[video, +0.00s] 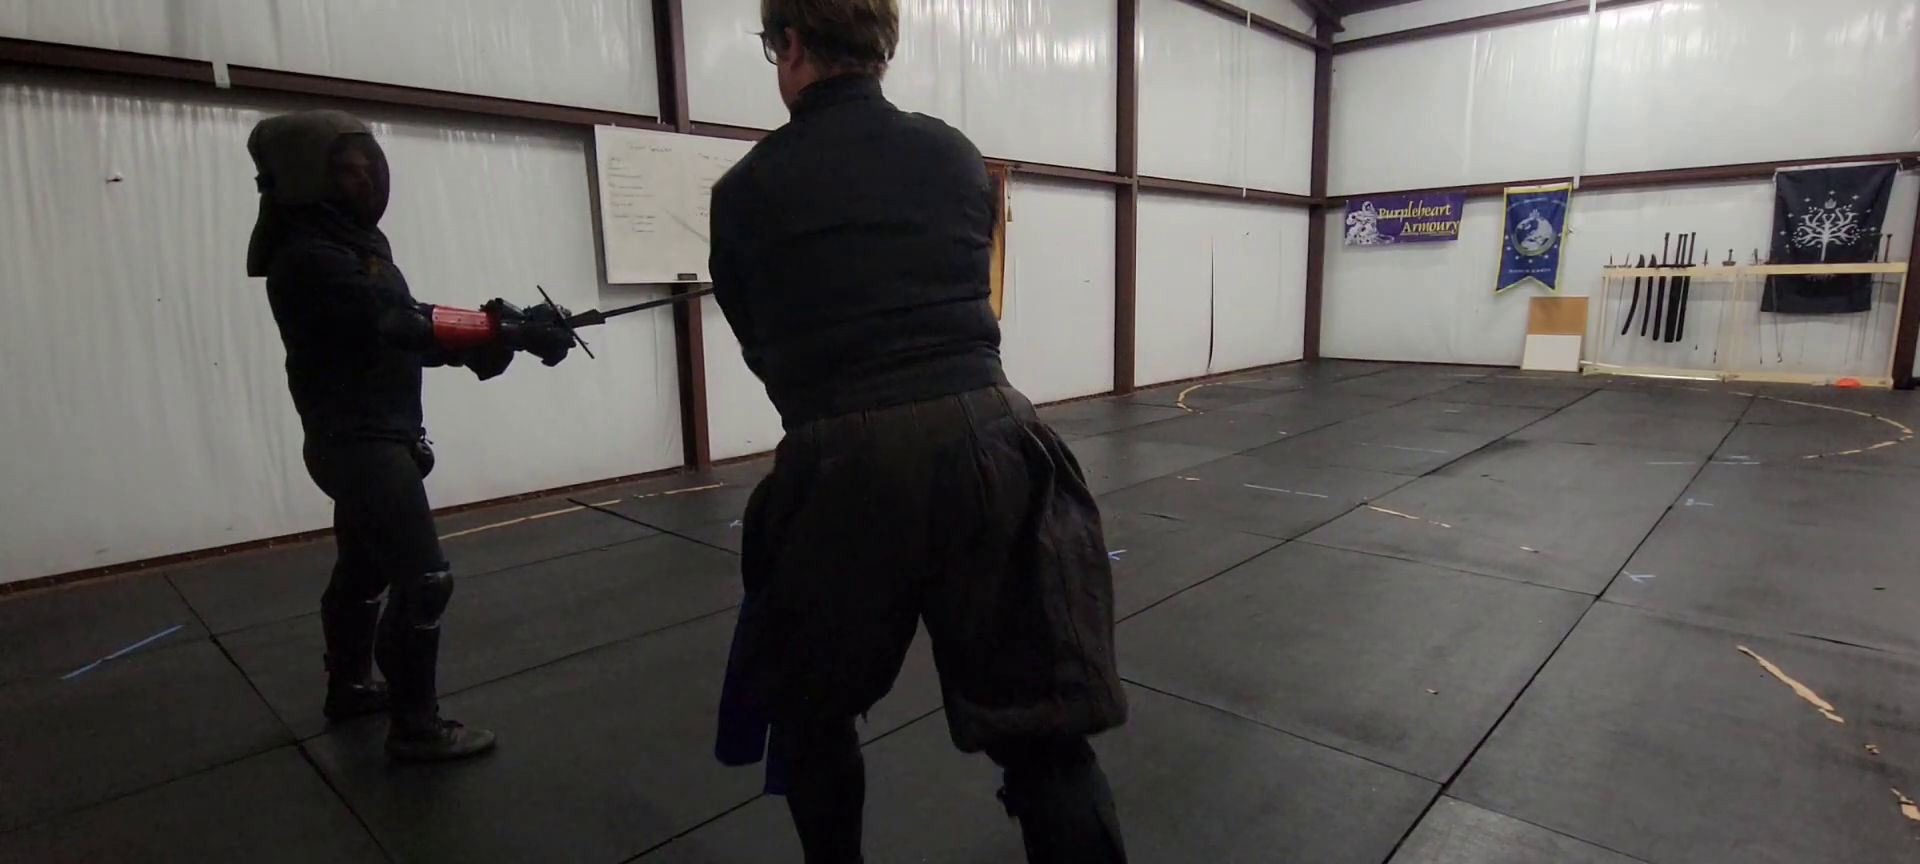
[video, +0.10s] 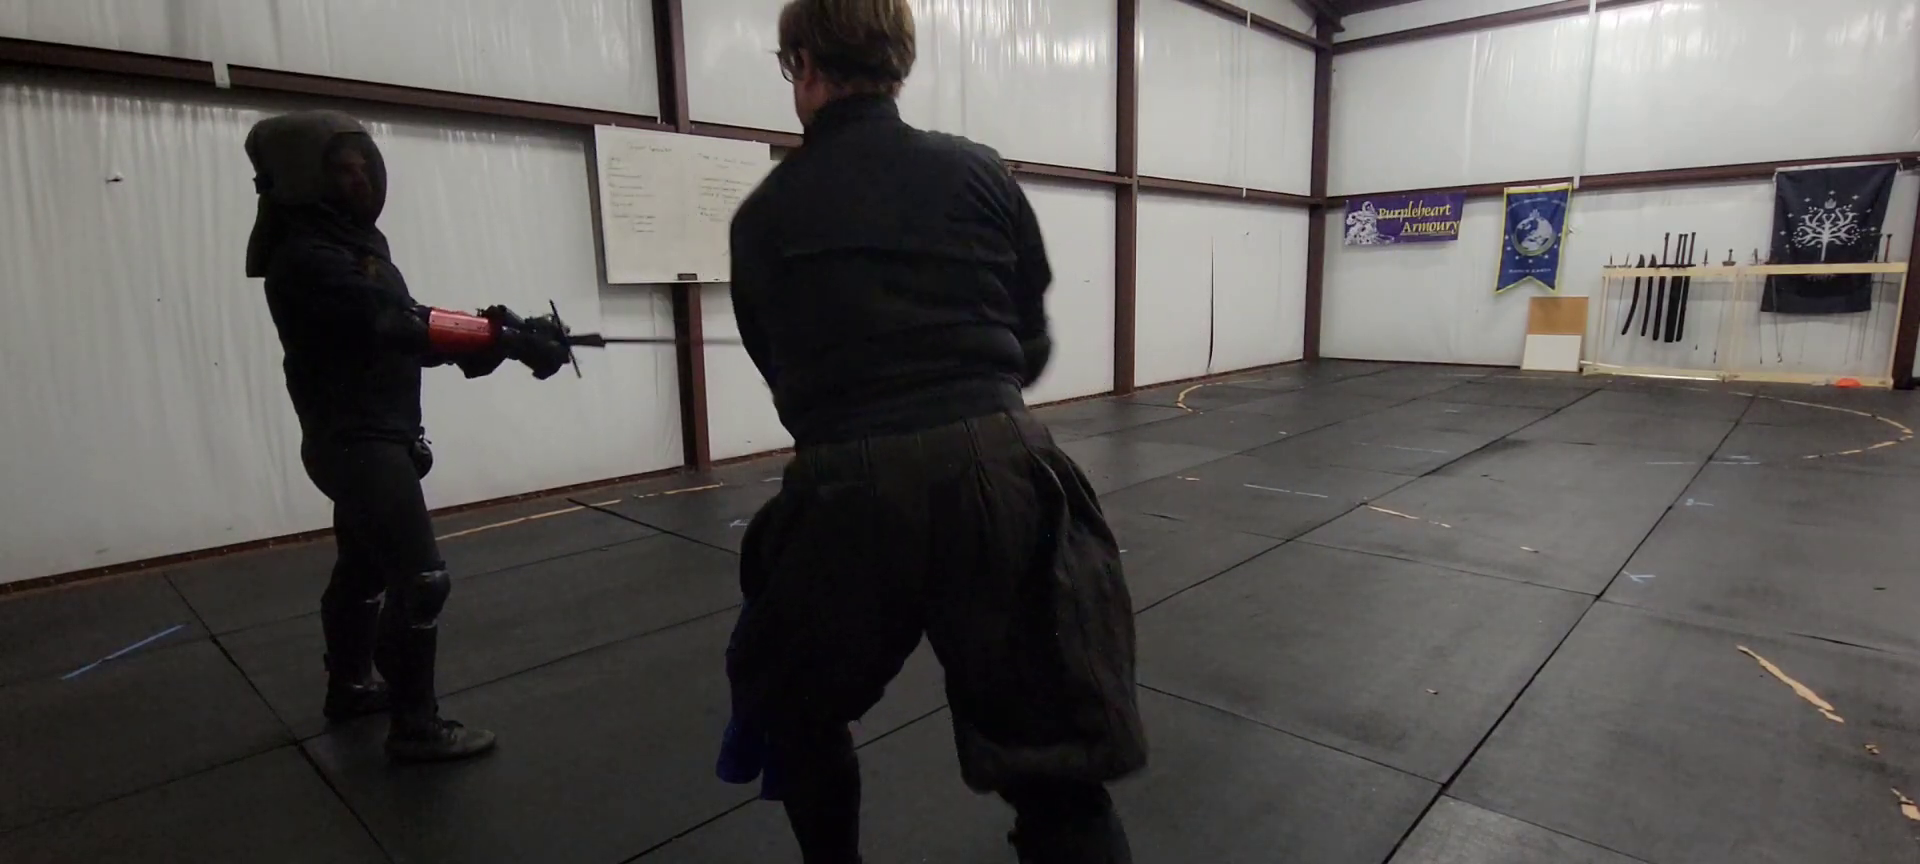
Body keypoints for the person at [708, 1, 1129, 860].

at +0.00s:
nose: (774, 71)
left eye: (773, 51)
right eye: (773, 51)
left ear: (794, 49)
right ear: (880, 48)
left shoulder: (745, 189)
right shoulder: (955, 153)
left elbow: (760, 337)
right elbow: (965, 290)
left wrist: (832, 414)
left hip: (848, 467)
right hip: (985, 444)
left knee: (813, 711)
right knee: (1034, 722)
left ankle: (834, 854)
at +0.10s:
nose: (788, 87)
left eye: (788, 70)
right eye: (788, 70)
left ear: (809, 73)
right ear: (898, 66)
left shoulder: (761, 212)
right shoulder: (980, 171)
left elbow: (777, 363)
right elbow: (1031, 342)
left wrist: (853, 426)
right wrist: (953, 402)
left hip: (849, 498)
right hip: (997, 475)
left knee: (798, 701)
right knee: (1047, 748)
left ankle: (831, 850)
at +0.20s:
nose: (814, 108)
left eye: (814, 92)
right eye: (813, 93)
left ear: (829, 93)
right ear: (923, 90)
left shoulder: (784, 237)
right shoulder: (1005, 190)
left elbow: (804, 384)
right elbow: (1076, 368)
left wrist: (886, 442)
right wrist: (1013, 447)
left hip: (862, 513)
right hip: (1018, 493)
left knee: (793, 702)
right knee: (1059, 756)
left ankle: (831, 848)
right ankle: (1076, 845)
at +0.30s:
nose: (832, 112)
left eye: (832, 97)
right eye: (834, 97)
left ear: (841, 99)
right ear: (936, 97)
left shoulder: (795, 244)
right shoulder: (1016, 193)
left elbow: (835, 387)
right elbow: (1089, 360)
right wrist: (1084, 454)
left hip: (873, 520)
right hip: (1031, 493)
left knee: (800, 704)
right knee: (1065, 767)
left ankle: (831, 850)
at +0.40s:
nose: (838, 104)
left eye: (837, 91)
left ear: (843, 96)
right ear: (942, 92)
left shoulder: (798, 239)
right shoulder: (1018, 187)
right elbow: (1096, 364)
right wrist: (1087, 465)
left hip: (875, 519)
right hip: (1032, 492)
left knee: (807, 706)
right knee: (1074, 778)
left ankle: (833, 856)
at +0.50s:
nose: (834, 99)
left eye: (832, 87)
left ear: (840, 92)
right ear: (939, 89)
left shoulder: (795, 230)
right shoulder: (1013, 183)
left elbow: (840, 386)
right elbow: (1095, 361)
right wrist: (1071, 448)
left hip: (867, 517)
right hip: (1025, 495)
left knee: (804, 703)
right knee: (1069, 768)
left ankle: (833, 851)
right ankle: (1082, 848)